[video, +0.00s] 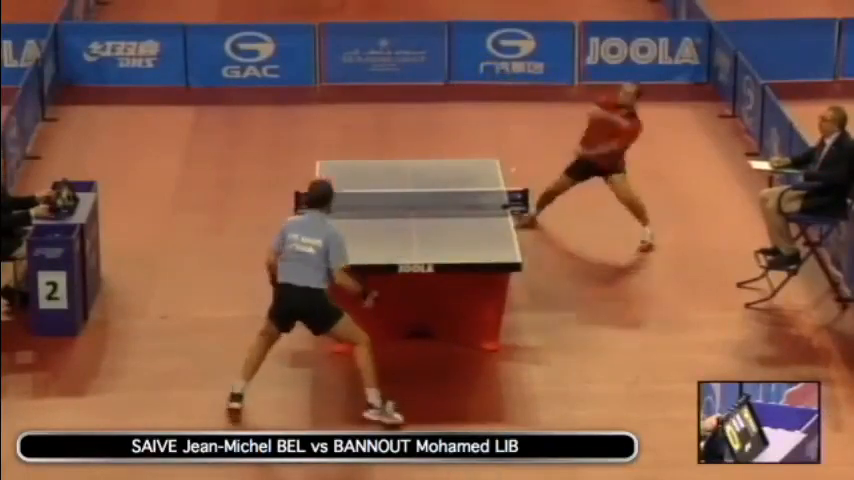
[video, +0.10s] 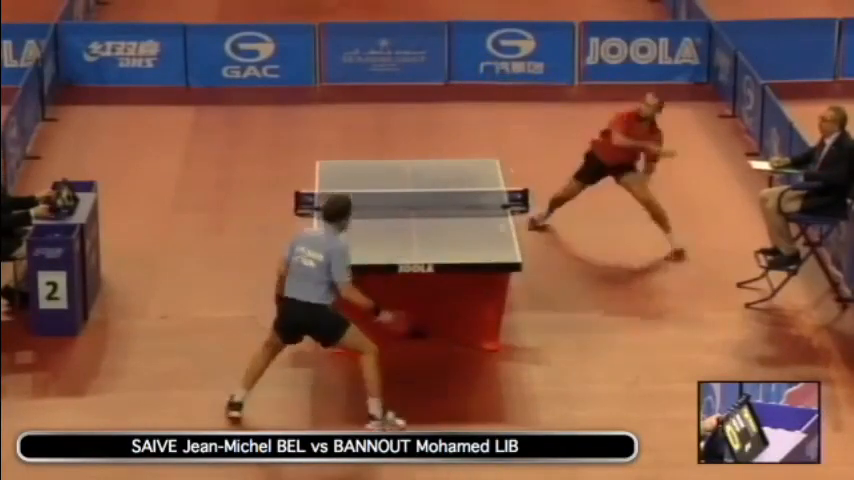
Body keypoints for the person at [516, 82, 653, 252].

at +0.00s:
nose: (623, 96)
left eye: (629, 94)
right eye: (622, 92)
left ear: (636, 98)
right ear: (619, 93)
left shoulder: (633, 124)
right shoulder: (606, 105)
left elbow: (615, 147)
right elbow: (592, 116)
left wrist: (587, 153)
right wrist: (617, 119)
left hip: (612, 165)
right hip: (588, 160)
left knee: (627, 197)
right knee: (554, 189)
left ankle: (647, 229)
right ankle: (533, 215)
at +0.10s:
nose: (644, 109)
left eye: (650, 107)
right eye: (644, 104)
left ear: (657, 112)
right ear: (641, 103)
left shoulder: (654, 134)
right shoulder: (624, 118)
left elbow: (650, 162)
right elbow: (617, 140)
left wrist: (643, 181)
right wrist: (649, 147)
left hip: (623, 166)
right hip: (598, 159)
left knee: (648, 201)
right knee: (566, 194)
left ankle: (673, 242)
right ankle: (544, 217)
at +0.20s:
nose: (669, 127)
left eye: (674, 125)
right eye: (668, 121)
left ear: (679, 128)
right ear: (663, 118)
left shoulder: (675, 147)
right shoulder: (644, 134)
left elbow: (673, 176)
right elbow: (629, 165)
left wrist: (684, 200)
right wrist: (648, 194)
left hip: (644, 176)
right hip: (618, 170)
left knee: (668, 204)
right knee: (587, 209)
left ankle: (681, 243)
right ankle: (558, 214)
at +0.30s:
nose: (672, 127)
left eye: (677, 126)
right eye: (671, 122)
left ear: (682, 129)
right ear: (667, 120)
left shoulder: (677, 150)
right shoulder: (646, 136)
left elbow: (671, 177)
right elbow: (625, 165)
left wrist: (674, 201)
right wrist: (631, 195)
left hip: (643, 178)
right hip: (621, 175)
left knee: (674, 197)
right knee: (596, 215)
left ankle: (682, 243)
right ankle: (574, 227)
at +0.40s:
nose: (659, 118)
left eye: (665, 115)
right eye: (658, 113)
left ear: (671, 117)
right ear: (653, 111)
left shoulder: (671, 138)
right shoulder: (634, 127)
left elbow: (666, 166)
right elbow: (607, 149)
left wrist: (664, 188)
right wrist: (602, 174)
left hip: (646, 174)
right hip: (620, 171)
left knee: (670, 195)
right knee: (599, 204)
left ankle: (682, 241)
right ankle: (572, 232)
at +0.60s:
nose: (618, 94)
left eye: (623, 91)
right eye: (616, 89)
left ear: (631, 95)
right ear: (611, 91)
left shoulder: (638, 117)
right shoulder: (600, 108)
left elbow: (640, 150)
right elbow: (586, 127)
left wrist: (633, 177)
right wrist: (574, 150)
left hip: (628, 159)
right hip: (601, 156)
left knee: (643, 194)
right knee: (567, 184)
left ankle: (668, 225)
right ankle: (552, 214)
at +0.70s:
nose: (595, 92)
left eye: (600, 88)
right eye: (594, 88)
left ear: (609, 90)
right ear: (592, 90)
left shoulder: (619, 115)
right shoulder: (590, 108)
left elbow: (606, 143)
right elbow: (582, 129)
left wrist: (584, 152)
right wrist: (568, 151)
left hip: (620, 163)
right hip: (595, 158)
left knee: (639, 198)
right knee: (556, 184)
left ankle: (667, 227)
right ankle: (540, 205)